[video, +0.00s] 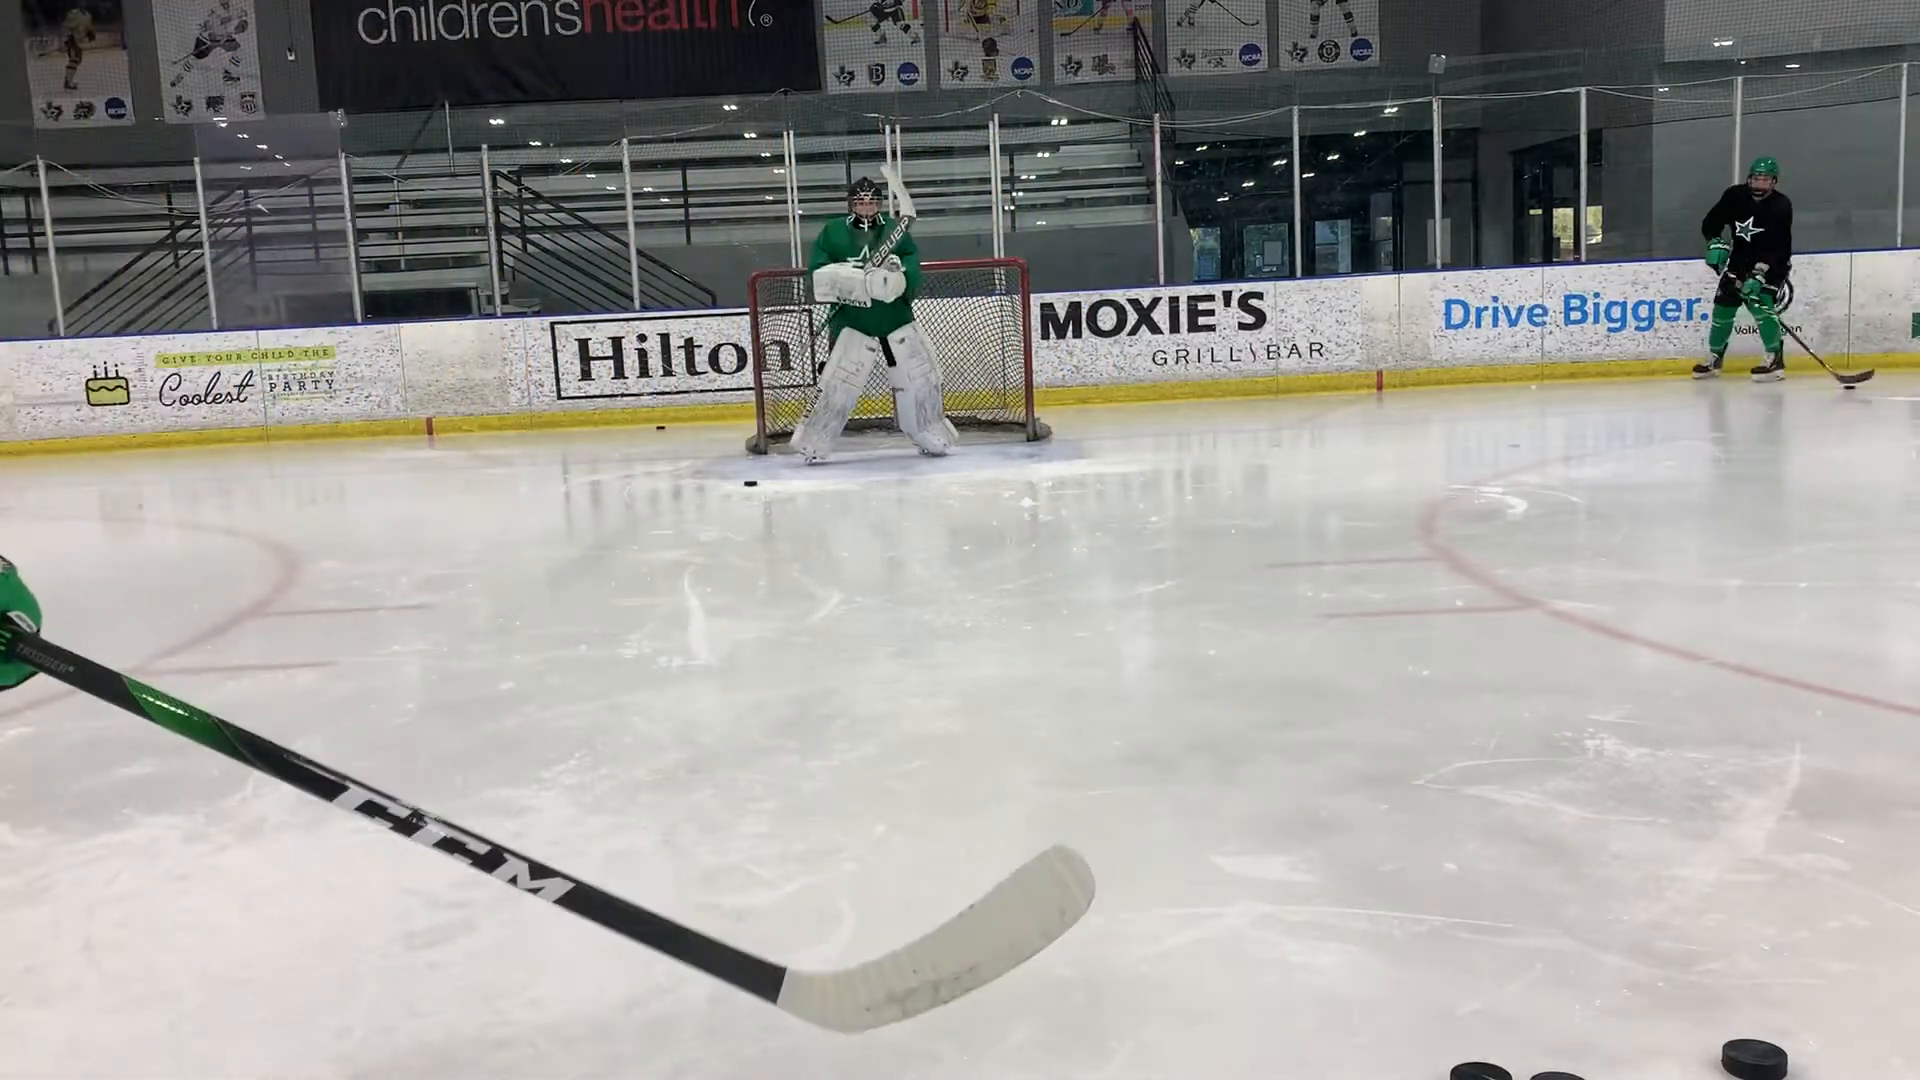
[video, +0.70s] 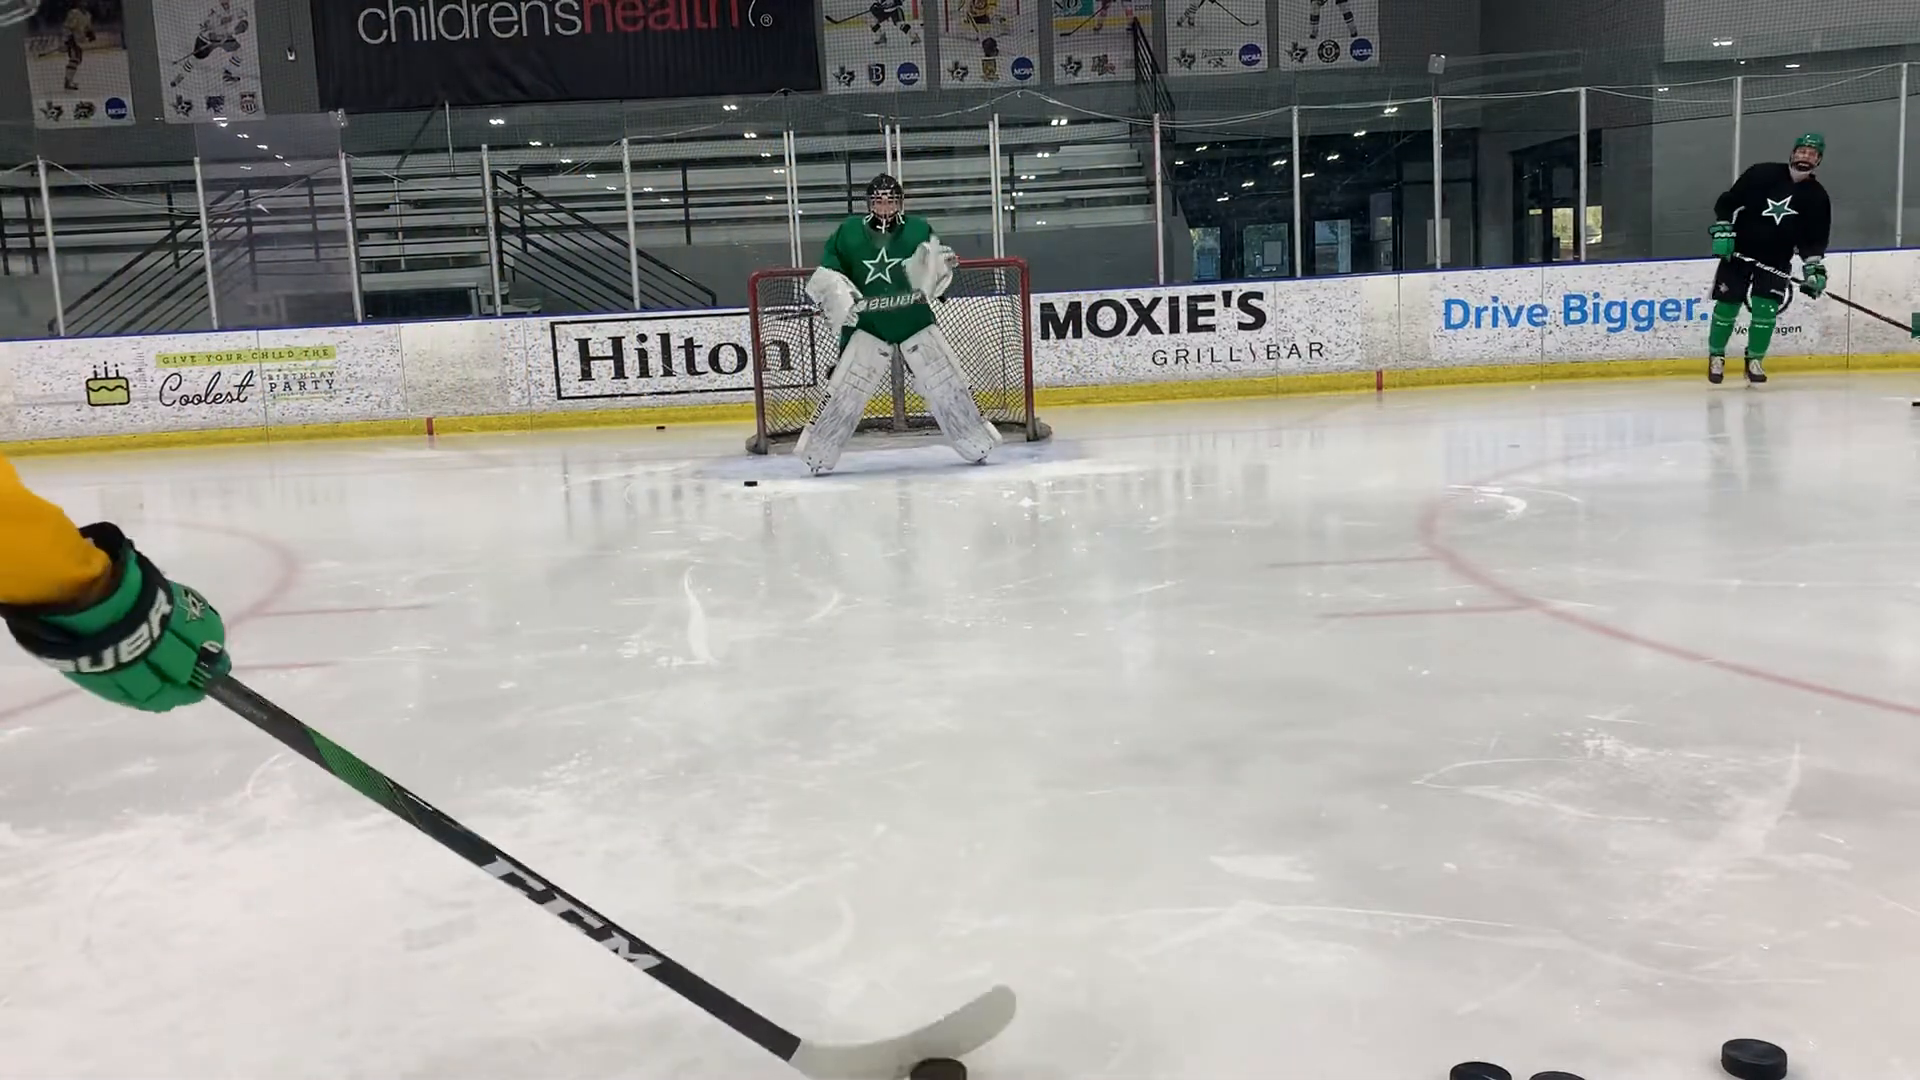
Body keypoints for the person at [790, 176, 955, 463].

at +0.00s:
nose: (865, 205)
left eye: (870, 200)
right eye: (860, 200)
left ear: (879, 202)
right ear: (851, 203)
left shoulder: (895, 230)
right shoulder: (833, 231)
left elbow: (913, 269)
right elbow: (816, 276)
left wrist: (892, 279)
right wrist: (850, 281)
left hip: (896, 319)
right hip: (854, 320)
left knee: (919, 377)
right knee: (840, 384)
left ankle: (931, 438)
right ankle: (816, 445)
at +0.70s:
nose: (884, 204)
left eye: (890, 199)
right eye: (879, 199)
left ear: (900, 201)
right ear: (869, 202)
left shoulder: (918, 230)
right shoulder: (850, 232)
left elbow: (941, 268)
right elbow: (826, 276)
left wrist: (932, 274)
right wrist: (843, 303)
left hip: (915, 322)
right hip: (868, 326)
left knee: (946, 385)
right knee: (846, 393)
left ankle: (976, 448)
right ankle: (820, 458)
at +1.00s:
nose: (894, 234)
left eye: (899, 227)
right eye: (888, 228)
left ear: (908, 228)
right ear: (879, 229)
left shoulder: (927, 254)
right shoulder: (858, 260)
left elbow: (950, 302)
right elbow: (838, 301)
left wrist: (953, 276)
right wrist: (840, 338)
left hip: (924, 341)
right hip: (879, 346)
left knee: (956, 398)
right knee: (865, 408)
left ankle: (994, 455)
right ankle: (825, 461)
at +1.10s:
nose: (898, 246)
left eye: (904, 240)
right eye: (893, 240)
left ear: (913, 241)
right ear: (883, 241)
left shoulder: (931, 268)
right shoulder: (861, 273)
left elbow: (952, 315)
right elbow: (842, 316)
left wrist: (957, 289)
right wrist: (840, 357)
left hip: (929, 353)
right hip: (882, 358)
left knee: (964, 402)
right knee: (864, 414)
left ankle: (1005, 457)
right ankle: (821, 464)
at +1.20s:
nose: (902, 258)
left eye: (908, 252)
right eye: (896, 252)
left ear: (917, 253)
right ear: (886, 253)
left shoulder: (934, 277)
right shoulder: (865, 283)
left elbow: (957, 323)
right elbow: (844, 324)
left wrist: (958, 306)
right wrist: (844, 367)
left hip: (933, 360)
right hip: (887, 366)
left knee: (970, 407)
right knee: (866, 418)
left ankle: (1016, 454)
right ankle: (821, 463)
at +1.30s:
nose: (906, 266)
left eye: (912, 260)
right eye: (900, 261)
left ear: (921, 262)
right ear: (889, 262)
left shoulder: (939, 285)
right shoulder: (867, 291)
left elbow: (963, 336)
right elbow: (848, 333)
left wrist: (965, 312)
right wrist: (847, 372)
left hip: (938, 367)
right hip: (890, 372)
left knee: (978, 408)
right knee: (867, 421)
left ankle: (1022, 451)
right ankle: (822, 463)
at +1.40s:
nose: (911, 275)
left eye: (916, 269)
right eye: (904, 269)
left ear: (925, 270)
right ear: (893, 271)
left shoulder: (942, 293)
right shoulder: (872, 298)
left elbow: (967, 343)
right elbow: (852, 340)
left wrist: (969, 325)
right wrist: (850, 380)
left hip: (944, 371)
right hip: (894, 377)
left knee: (983, 410)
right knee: (869, 423)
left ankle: (1026, 453)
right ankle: (825, 464)